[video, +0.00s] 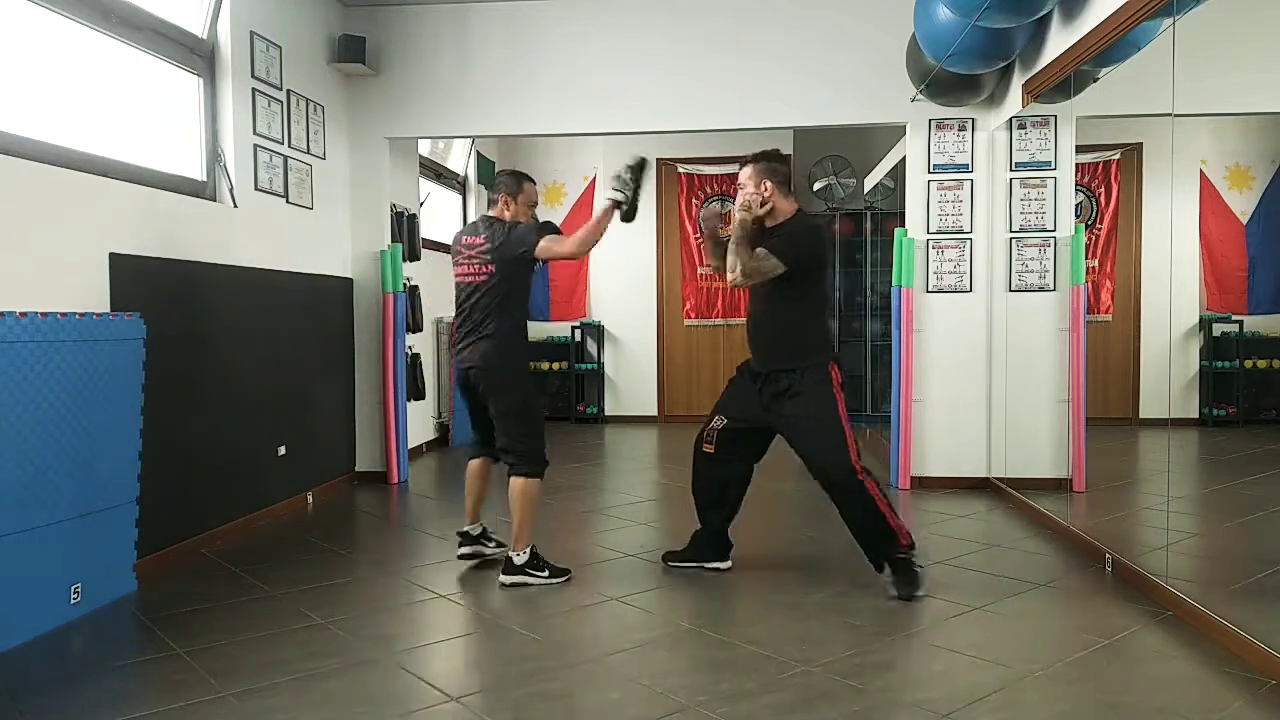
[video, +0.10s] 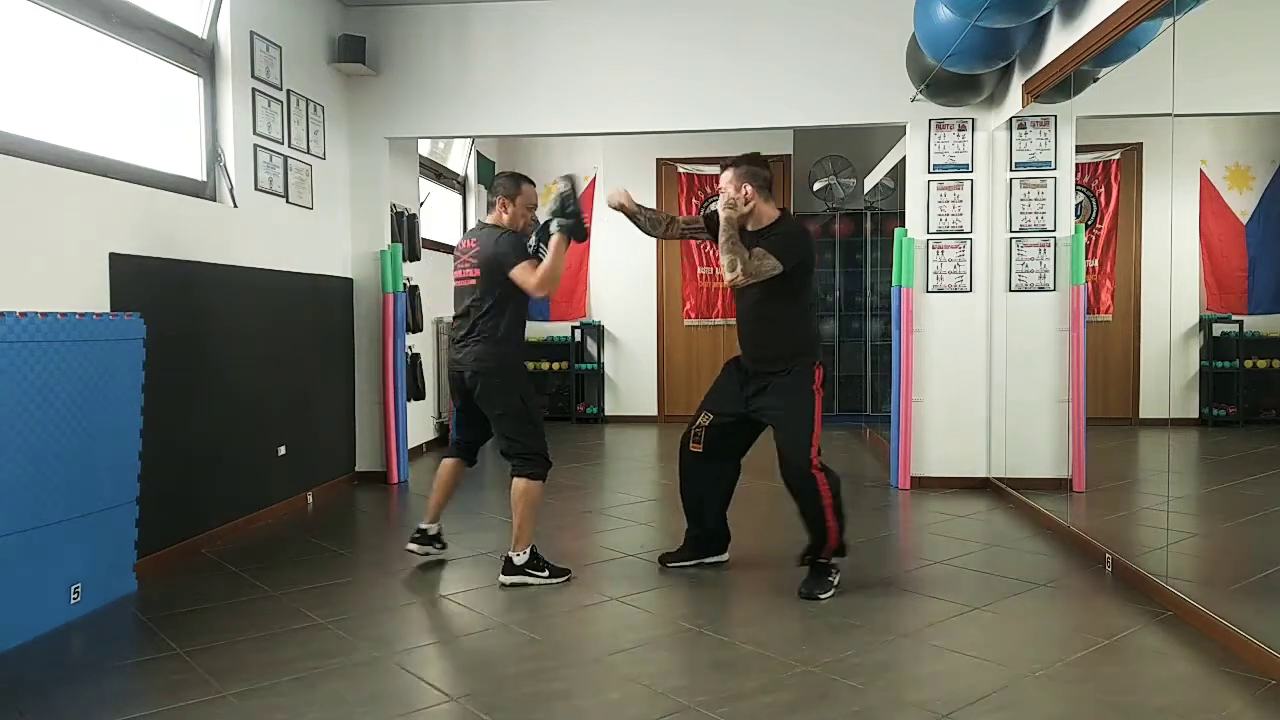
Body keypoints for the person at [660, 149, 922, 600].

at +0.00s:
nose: (739, 196)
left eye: (743, 187)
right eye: (739, 188)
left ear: (767, 189)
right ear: (766, 190)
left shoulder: (806, 232)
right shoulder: (766, 235)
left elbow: (740, 273)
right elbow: (719, 265)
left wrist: (743, 221)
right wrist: (710, 231)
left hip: (809, 376)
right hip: (761, 374)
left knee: (840, 471)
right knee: (714, 449)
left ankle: (898, 557)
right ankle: (712, 544)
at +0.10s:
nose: (719, 198)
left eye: (723, 190)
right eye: (719, 192)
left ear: (748, 192)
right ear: (744, 193)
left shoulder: (792, 235)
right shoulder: (730, 225)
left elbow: (737, 274)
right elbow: (671, 226)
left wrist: (729, 220)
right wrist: (630, 209)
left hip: (795, 373)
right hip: (748, 370)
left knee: (801, 468)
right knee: (700, 448)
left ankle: (826, 560)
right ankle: (707, 544)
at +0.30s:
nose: (676, 218)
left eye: (680, 208)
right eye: (675, 209)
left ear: (706, 207)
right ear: (703, 209)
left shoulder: (744, 250)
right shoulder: (698, 245)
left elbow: (714, 302)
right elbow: (640, 254)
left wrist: (690, 258)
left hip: (746, 381)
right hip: (705, 378)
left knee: (760, 472)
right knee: (651, 447)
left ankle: (817, 562)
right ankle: (650, 544)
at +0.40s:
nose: (653, 212)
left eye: (657, 204)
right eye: (653, 204)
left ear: (678, 203)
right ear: (679, 204)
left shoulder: (709, 241)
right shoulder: (677, 247)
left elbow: (682, 279)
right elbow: (635, 261)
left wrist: (655, 257)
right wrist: (593, 234)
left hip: (717, 376)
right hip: (686, 376)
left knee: (728, 474)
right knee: (638, 446)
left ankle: (818, 551)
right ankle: (642, 545)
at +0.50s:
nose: (632, 209)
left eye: (638, 203)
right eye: (633, 203)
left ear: (662, 204)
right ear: (673, 206)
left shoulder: (673, 231)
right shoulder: (699, 243)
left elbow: (593, 222)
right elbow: (656, 281)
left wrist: (595, 226)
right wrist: (629, 233)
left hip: (696, 370)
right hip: (679, 372)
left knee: (711, 476)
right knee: (633, 446)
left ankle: (795, 557)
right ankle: (639, 544)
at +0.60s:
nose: (627, 216)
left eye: (631, 208)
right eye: (627, 209)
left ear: (652, 206)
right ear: (667, 208)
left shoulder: (648, 231)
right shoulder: (702, 244)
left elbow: (571, 243)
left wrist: (547, 231)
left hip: (676, 371)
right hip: (687, 369)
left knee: (688, 478)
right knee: (631, 442)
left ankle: (776, 557)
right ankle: (637, 545)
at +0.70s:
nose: (623, 216)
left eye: (625, 209)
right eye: (623, 211)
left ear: (643, 203)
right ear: (663, 204)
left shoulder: (635, 234)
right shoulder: (697, 242)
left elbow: (574, 266)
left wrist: (597, 225)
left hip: (661, 366)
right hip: (686, 364)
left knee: (675, 473)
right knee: (627, 441)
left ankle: (767, 554)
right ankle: (637, 545)